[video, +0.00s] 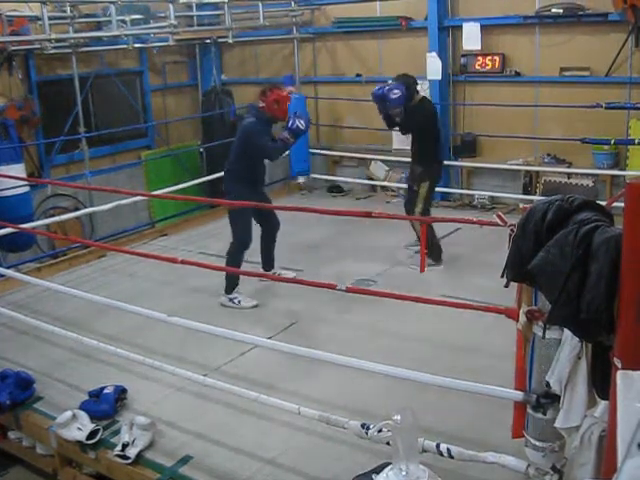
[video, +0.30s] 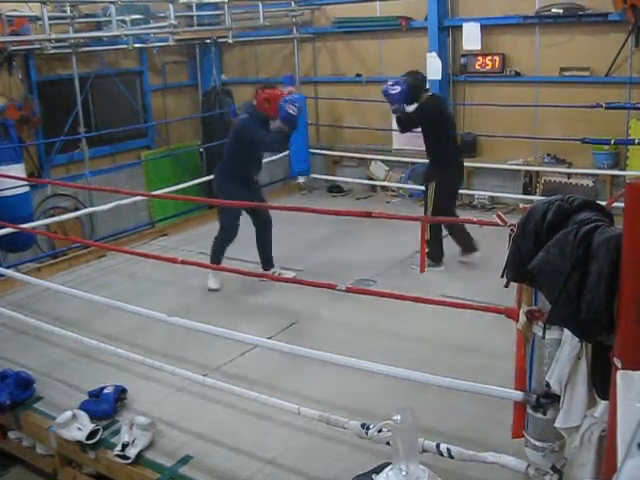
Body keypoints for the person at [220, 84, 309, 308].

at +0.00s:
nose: (282, 111)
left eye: (283, 106)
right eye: (279, 105)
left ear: (269, 105)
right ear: (266, 103)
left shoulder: (263, 125)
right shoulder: (252, 126)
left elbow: (272, 149)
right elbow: (271, 153)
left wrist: (289, 135)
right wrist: (290, 136)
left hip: (253, 187)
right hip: (237, 188)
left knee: (271, 224)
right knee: (242, 238)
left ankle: (269, 270)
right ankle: (229, 292)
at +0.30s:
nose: (277, 112)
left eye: (278, 108)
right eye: (275, 108)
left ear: (266, 106)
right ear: (266, 106)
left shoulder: (261, 123)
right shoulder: (246, 124)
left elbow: (279, 143)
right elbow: (276, 145)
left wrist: (290, 117)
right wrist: (288, 122)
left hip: (247, 181)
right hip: (227, 181)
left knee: (263, 222)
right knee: (229, 229)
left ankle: (269, 269)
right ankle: (214, 270)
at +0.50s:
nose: (256, 106)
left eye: (256, 102)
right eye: (252, 102)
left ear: (253, 104)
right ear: (242, 103)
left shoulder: (250, 121)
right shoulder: (227, 123)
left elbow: (268, 136)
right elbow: (245, 144)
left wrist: (279, 106)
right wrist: (256, 128)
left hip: (242, 179)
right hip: (221, 180)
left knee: (259, 220)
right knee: (216, 224)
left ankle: (268, 268)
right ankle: (204, 264)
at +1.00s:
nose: (247, 115)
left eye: (248, 111)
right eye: (243, 111)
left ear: (249, 112)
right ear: (232, 111)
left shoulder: (248, 125)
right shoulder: (216, 126)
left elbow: (265, 153)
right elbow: (215, 154)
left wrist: (265, 133)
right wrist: (236, 137)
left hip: (243, 183)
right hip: (219, 185)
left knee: (272, 215)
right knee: (211, 223)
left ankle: (282, 259)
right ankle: (202, 265)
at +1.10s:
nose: (256, 116)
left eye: (258, 113)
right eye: (253, 112)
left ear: (260, 113)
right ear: (243, 112)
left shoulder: (259, 131)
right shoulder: (226, 130)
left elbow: (282, 148)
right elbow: (217, 155)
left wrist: (289, 133)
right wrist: (236, 140)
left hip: (254, 186)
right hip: (229, 188)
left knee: (284, 218)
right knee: (214, 226)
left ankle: (308, 259)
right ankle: (202, 265)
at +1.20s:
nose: (280, 109)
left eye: (281, 104)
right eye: (275, 105)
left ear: (282, 106)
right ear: (264, 108)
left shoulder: (285, 125)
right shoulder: (251, 129)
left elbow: (316, 124)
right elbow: (228, 153)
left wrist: (340, 110)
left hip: (272, 187)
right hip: (246, 187)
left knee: (299, 219)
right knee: (222, 223)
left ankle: (324, 259)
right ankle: (205, 264)